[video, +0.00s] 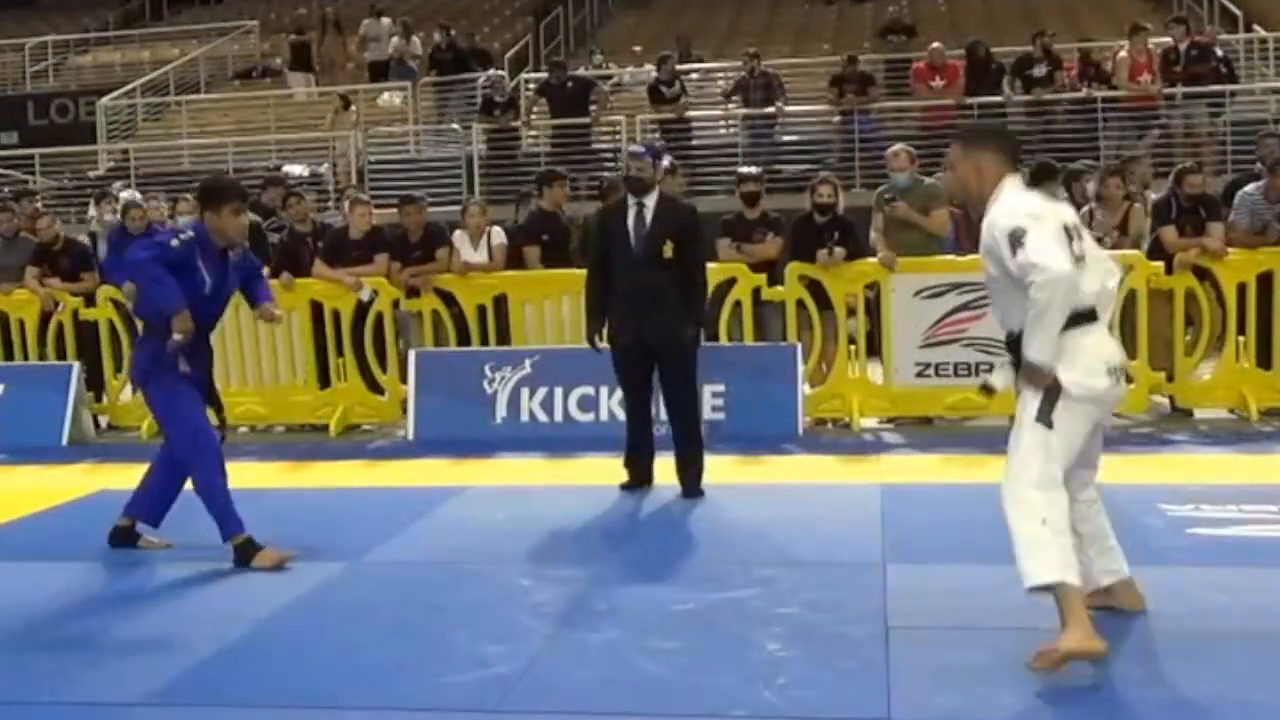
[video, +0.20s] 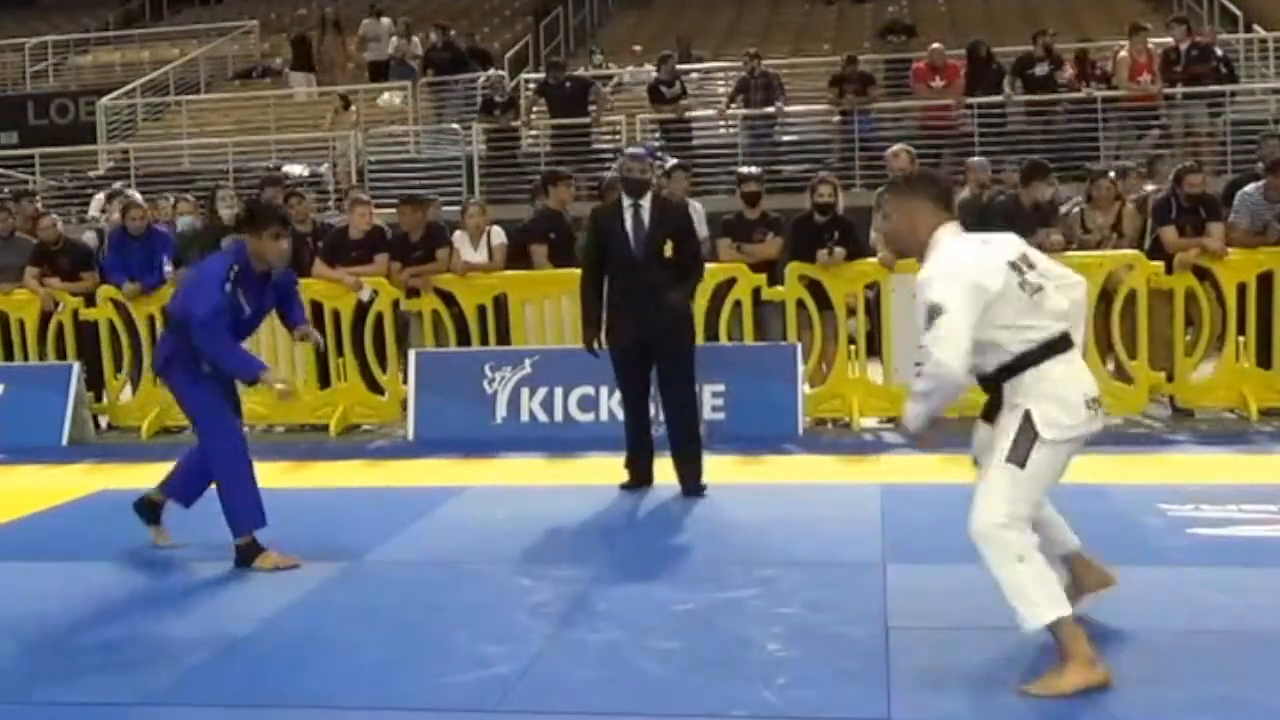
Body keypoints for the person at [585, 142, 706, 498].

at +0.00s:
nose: (633, 173)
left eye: (642, 167)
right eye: (630, 166)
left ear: (658, 172)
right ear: (624, 169)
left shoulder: (681, 214)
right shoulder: (606, 217)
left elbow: (694, 270)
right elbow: (597, 271)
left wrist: (695, 319)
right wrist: (595, 317)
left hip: (673, 323)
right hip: (626, 325)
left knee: (682, 405)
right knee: (635, 404)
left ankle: (690, 477)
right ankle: (638, 473)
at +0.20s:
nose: (636, 175)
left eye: (643, 169)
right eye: (630, 168)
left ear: (654, 173)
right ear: (619, 172)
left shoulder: (674, 210)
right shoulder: (602, 216)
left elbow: (693, 261)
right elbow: (592, 273)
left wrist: (679, 296)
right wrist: (591, 323)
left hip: (670, 318)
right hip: (625, 321)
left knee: (680, 399)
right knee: (633, 402)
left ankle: (690, 477)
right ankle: (638, 473)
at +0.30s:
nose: (640, 174)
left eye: (647, 168)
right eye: (634, 167)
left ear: (657, 173)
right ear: (622, 171)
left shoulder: (674, 209)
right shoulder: (601, 217)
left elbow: (697, 259)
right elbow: (592, 273)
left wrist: (671, 263)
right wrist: (591, 325)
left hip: (672, 319)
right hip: (625, 321)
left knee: (683, 398)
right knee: (634, 402)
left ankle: (695, 475)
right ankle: (639, 473)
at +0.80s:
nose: (677, 177)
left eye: (684, 171)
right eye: (671, 169)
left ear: (694, 175)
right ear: (659, 170)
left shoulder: (705, 211)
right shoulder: (633, 211)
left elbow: (720, 252)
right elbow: (617, 266)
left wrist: (692, 213)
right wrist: (614, 315)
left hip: (696, 312)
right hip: (648, 313)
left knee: (697, 391)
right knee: (644, 396)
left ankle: (698, 467)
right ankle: (640, 470)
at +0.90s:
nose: (685, 180)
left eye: (692, 173)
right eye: (679, 173)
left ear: (701, 175)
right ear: (666, 172)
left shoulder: (711, 209)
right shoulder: (643, 210)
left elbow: (727, 250)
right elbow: (625, 265)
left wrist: (699, 207)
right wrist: (624, 316)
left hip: (703, 306)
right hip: (653, 308)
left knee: (703, 393)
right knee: (647, 390)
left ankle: (699, 467)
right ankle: (642, 461)